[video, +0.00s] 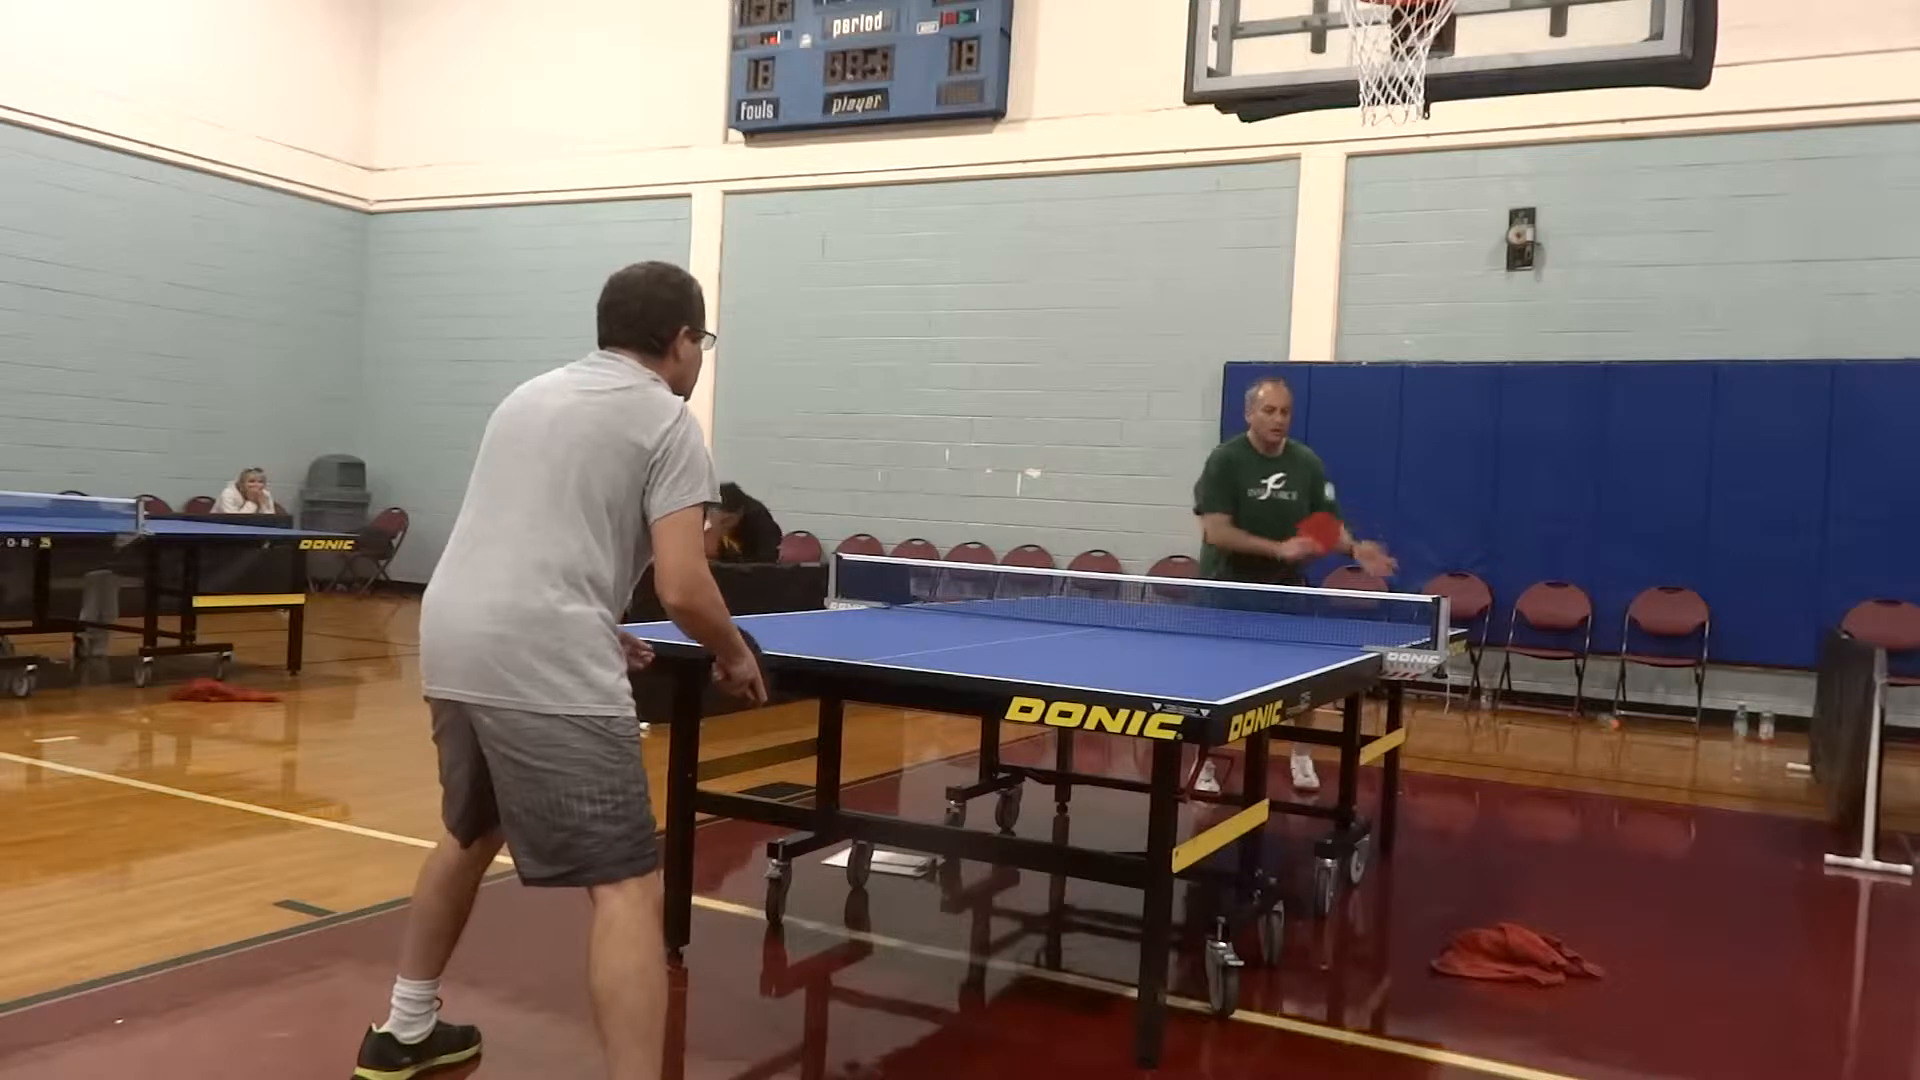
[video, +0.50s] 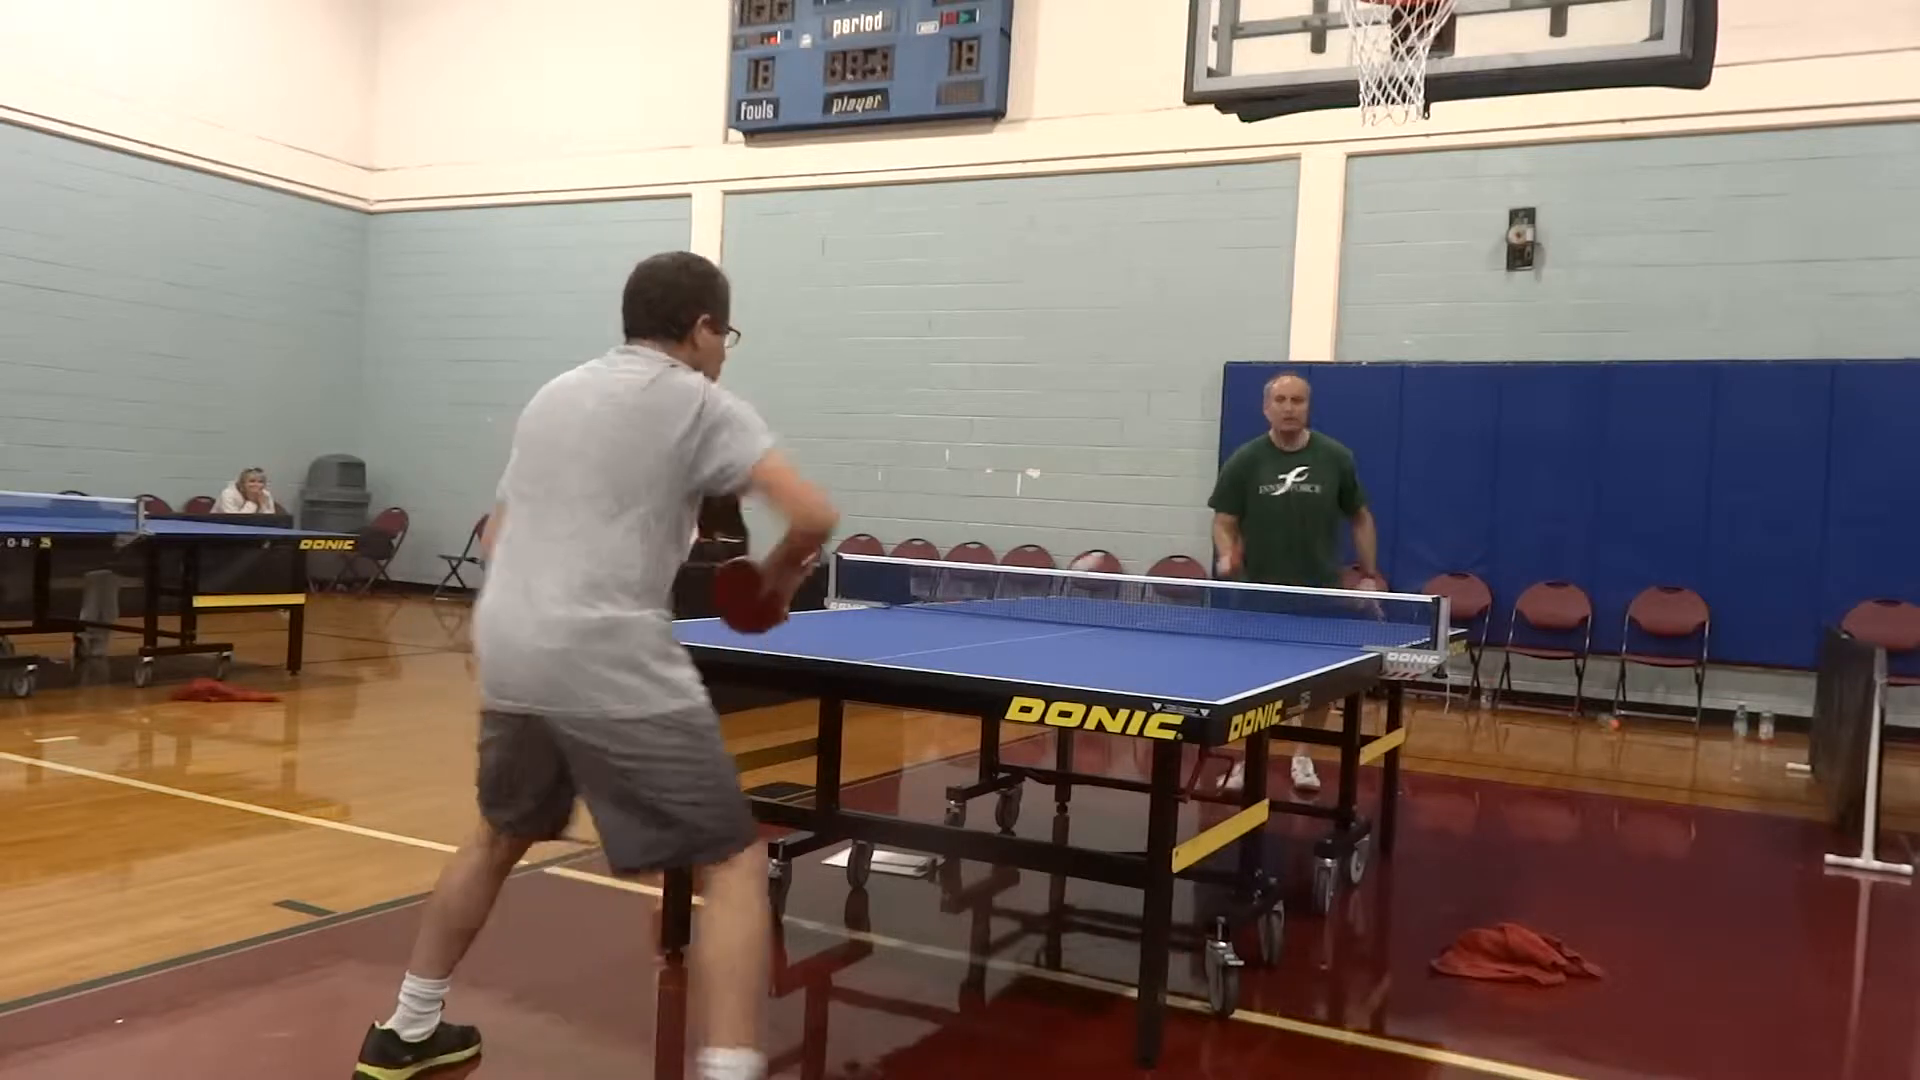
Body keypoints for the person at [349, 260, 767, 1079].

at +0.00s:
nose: (703, 356)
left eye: (702, 341)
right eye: (701, 340)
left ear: (606, 335)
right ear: (675, 341)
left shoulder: (528, 396)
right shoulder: (666, 422)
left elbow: (508, 539)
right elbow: (683, 585)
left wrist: (597, 626)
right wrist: (733, 654)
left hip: (450, 649)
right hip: (551, 666)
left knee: (469, 832)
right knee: (626, 881)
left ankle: (405, 1028)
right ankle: (636, 1072)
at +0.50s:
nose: (727, 349)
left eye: (729, 335)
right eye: (726, 334)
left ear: (632, 326)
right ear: (699, 329)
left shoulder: (553, 395)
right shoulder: (703, 400)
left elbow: (496, 536)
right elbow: (814, 514)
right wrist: (777, 573)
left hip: (506, 659)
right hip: (617, 668)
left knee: (496, 833)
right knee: (733, 862)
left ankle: (408, 1026)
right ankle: (730, 1070)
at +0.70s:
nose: (765, 328)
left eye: (762, 316)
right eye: (764, 316)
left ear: (667, 313)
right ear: (744, 310)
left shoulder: (597, 389)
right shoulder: (772, 378)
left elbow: (518, 544)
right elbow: (919, 448)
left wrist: (590, 596)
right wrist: (876, 541)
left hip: (593, 677)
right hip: (723, 686)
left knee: (531, 842)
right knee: (785, 879)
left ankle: (450, 1009)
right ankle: (760, 1074)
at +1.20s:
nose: (753, 288)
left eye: (749, 275)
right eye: (752, 275)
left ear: (655, 277)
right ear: (735, 279)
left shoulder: (583, 364)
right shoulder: (766, 377)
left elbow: (484, 501)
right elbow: (885, 490)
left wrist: (549, 570)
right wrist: (866, 535)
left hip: (572, 658)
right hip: (703, 673)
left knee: (519, 853)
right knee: (760, 891)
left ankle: (432, 1055)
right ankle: (756, 1077)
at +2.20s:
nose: (727, 229)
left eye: (748, 208)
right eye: (700, 205)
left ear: (771, 221)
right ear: (654, 216)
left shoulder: (748, 336)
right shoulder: (622, 341)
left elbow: (764, 473)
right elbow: (496, 514)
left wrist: (836, 573)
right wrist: (594, 653)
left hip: (708, 672)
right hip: (626, 686)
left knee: (657, 904)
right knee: (705, 918)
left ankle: (578, 1067)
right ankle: (703, 1074)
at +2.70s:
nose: (592, 122)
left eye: (625, 94)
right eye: (566, 101)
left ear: (692, 124)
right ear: (544, 135)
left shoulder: (753, 296)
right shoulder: (485, 295)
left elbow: (835, 481)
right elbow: (380, 506)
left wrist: (826, 650)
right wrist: (317, 712)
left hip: (707, 739)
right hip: (525, 750)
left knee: (711, 1013)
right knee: (555, 1038)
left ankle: (640, 1072)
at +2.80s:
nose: (569, 87)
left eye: (607, 58)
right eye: (545, 64)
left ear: (681, 90)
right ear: (528, 94)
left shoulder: (751, 284)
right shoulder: (461, 275)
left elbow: (841, 490)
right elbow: (370, 481)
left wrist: (779, 652)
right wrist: (316, 680)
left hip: (702, 749)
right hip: (502, 759)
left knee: (720, 1042)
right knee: (538, 1044)